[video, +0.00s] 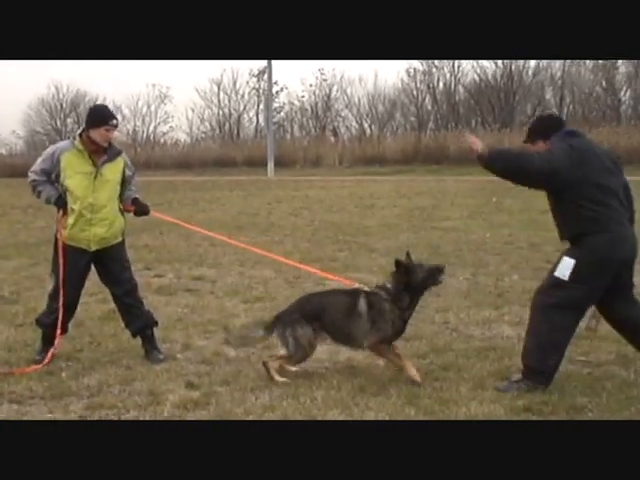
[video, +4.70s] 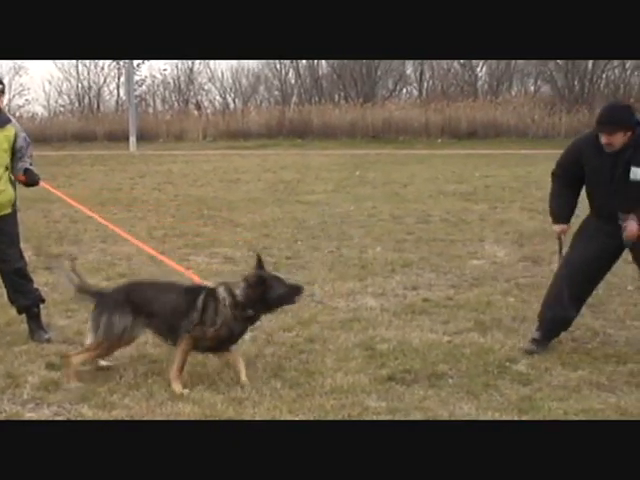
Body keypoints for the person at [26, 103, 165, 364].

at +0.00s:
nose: (111, 134)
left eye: (113, 129)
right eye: (107, 129)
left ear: (112, 130)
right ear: (90, 128)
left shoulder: (118, 157)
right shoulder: (61, 152)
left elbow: (128, 186)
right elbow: (37, 178)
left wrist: (132, 202)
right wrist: (56, 197)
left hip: (110, 238)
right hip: (73, 239)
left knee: (127, 291)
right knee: (65, 295)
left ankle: (149, 342)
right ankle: (48, 344)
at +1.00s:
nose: (79, 119)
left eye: (81, 114)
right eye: (74, 114)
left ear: (80, 116)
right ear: (57, 115)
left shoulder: (87, 145)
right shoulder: (28, 140)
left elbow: (96, 176)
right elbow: (4, 166)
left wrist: (101, 188)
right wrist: (21, 185)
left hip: (77, 229)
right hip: (38, 230)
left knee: (91, 283)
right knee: (28, 286)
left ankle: (113, 335)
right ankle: (7, 335)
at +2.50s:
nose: (68, 104)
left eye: (71, 100)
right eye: (63, 99)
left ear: (72, 102)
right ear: (47, 100)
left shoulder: (83, 134)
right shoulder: (20, 130)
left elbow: (99, 166)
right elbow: (3, 158)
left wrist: (113, 176)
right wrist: (18, 176)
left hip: (79, 215)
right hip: (39, 217)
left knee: (92, 269)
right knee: (41, 273)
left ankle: (111, 326)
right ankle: (46, 319)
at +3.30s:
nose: (79, 96)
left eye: (80, 91)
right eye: (75, 91)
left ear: (75, 93)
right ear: (58, 92)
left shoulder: (83, 124)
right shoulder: (25, 116)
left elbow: (91, 159)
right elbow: (2, 143)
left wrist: (109, 165)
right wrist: (19, 163)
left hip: (76, 205)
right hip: (37, 205)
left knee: (91, 259)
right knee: (26, 265)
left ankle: (112, 310)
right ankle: (9, 314)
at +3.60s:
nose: (45, 98)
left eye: (46, 93)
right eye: (40, 93)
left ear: (42, 94)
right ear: (22, 94)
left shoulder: (47, 126)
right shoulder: (3, 123)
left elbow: (52, 162)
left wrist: (69, 168)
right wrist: (2, 178)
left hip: (40, 207)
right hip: (7, 210)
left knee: (56, 260)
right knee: (0, 264)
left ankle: (79, 311)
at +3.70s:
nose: (37, 98)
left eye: (38, 93)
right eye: (32, 93)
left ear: (36, 95)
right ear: (14, 94)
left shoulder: (38, 125)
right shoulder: (3, 121)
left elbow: (43, 161)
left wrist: (58, 168)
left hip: (33, 207)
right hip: (5, 210)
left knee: (48, 260)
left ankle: (72, 311)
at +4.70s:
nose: (2, 102)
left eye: (2, 96)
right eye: (2, 97)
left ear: (4, 98)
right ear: (3, 99)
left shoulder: (11, 130)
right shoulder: (11, 131)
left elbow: (21, 157)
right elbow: (21, 157)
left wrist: (25, 172)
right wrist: (24, 171)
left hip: (6, 207)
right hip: (5, 208)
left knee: (13, 263)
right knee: (11, 263)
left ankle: (34, 319)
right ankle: (33, 318)